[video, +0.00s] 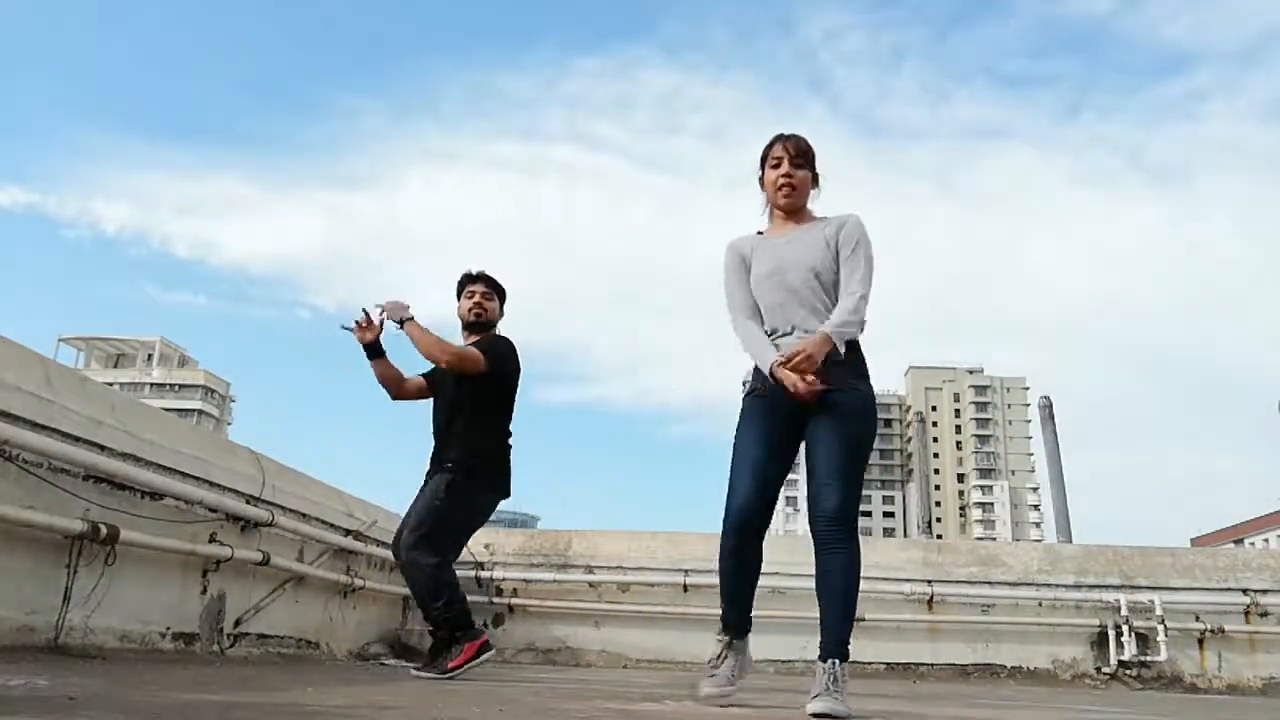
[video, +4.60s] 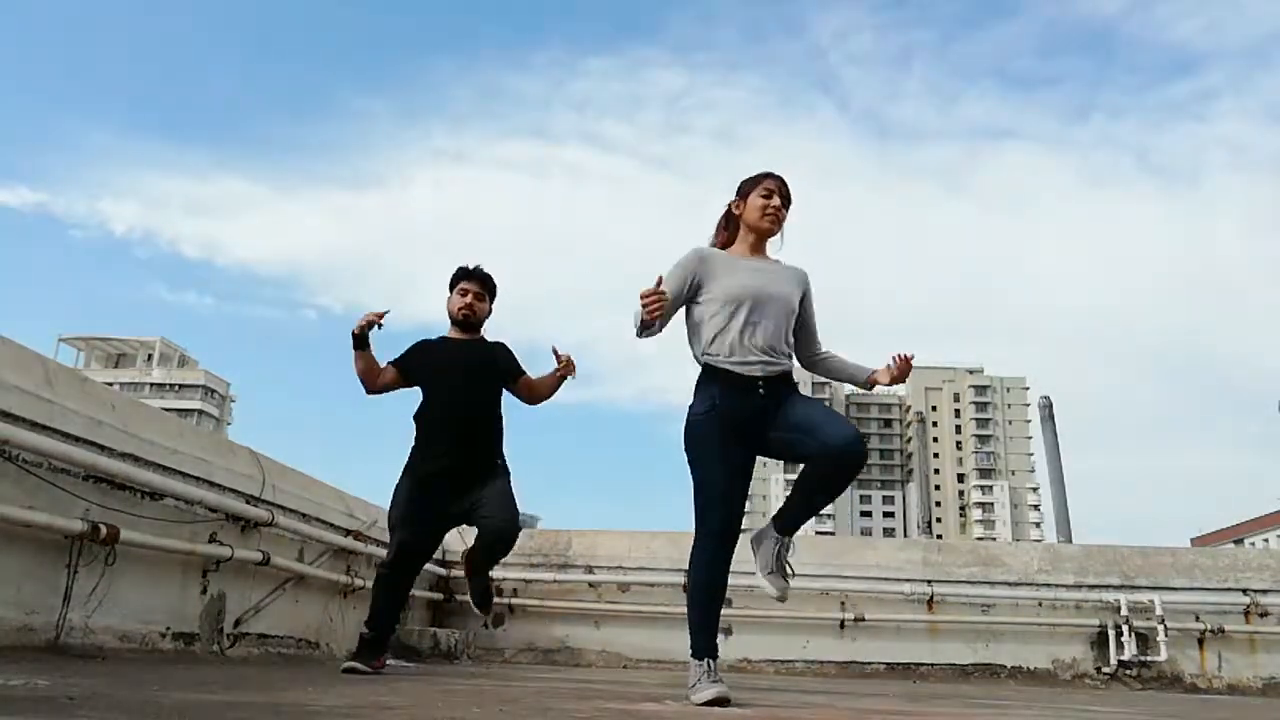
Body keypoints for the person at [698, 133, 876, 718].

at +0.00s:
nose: (786, 171)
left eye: (797, 164)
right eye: (776, 163)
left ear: (814, 179)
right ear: (762, 179)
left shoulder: (844, 229)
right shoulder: (741, 248)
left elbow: (855, 303)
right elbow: (743, 319)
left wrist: (823, 340)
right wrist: (780, 368)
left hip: (838, 383)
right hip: (770, 385)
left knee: (833, 519)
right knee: (742, 514)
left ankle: (832, 668)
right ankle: (733, 646)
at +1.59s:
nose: (784, 215)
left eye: (794, 209)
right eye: (775, 209)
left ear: (806, 229)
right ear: (756, 227)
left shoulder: (829, 270)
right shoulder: (738, 279)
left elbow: (887, 295)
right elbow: (708, 321)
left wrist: (825, 285)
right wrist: (767, 278)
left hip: (813, 417)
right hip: (746, 414)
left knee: (846, 538)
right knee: (734, 532)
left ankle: (858, 673)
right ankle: (717, 666)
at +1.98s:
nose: (785, 215)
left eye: (794, 210)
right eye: (774, 208)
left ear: (804, 230)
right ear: (755, 224)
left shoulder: (827, 282)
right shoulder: (728, 279)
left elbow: (843, 352)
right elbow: (681, 328)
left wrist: (889, 302)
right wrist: (710, 329)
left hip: (813, 418)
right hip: (745, 418)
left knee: (851, 534)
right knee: (731, 532)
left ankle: (859, 672)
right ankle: (717, 667)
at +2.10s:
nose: (785, 212)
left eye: (794, 207)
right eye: (775, 205)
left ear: (805, 224)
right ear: (756, 220)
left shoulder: (828, 280)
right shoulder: (730, 280)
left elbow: (853, 352)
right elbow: (715, 352)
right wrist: (688, 397)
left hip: (809, 413)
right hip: (740, 413)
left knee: (843, 534)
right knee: (729, 535)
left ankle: (858, 672)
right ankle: (717, 668)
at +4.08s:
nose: (781, 198)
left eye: (789, 193)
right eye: (769, 192)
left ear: (799, 212)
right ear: (749, 212)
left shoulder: (827, 270)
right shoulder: (725, 271)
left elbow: (864, 334)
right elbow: (688, 335)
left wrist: (889, 361)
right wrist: (692, 355)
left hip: (811, 408)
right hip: (744, 408)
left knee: (828, 535)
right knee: (738, 534)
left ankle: (854, 672)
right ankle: (719, 668)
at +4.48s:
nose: (773, 206)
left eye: (781, 202)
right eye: (762, 197)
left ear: (785, 221)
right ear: (738, 211)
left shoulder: (800, 274)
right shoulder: (705, 267)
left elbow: (828, 331)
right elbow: (678, 326)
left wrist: (839, 365)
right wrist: (732, 351)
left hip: (785, 411)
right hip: (721, 411)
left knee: (833, 506)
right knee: (719, 534)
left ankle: (832, 642)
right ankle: (704, 666)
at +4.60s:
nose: (775, 205)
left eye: (782, 201)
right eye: (765, 195)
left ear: (785, 217)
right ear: (738, 205)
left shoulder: (794, 279)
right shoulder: (702, 260)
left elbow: (812, 356)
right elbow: (647, 328)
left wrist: (874, 375)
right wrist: (647, 315)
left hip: (780, 403)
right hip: (720, 403)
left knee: (847, 447)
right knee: (717, 534)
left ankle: (776, 536)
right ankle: (703, 664)